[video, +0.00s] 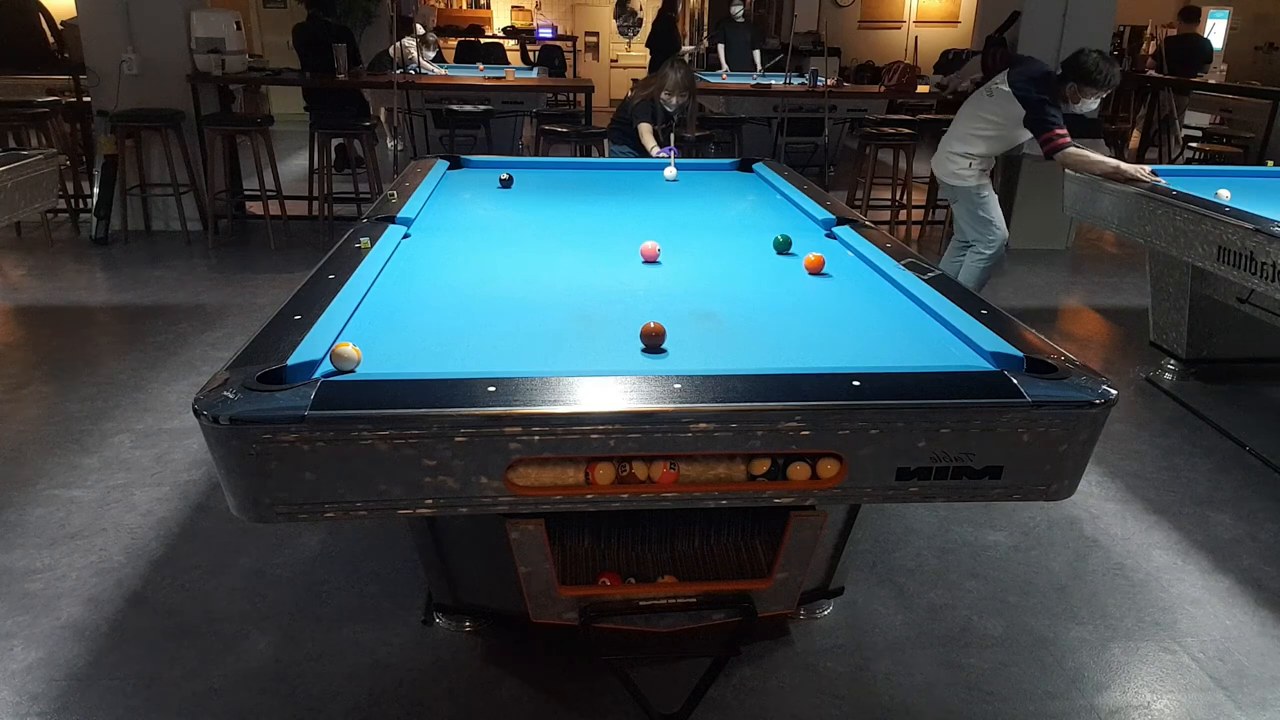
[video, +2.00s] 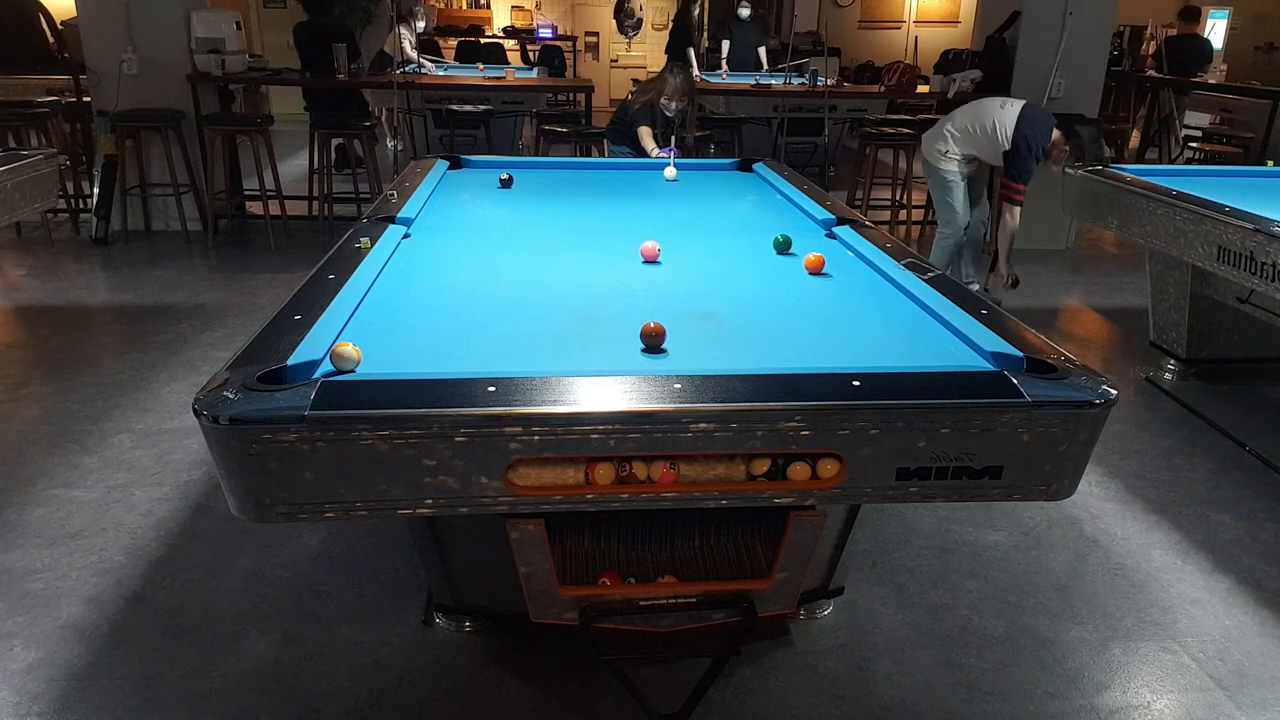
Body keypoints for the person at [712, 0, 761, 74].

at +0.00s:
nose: (735, 10)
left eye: (738, 7)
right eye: (733, 7)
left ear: (743, 8)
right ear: (730, 9)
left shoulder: (750, 26)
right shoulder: (724, 25)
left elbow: (755, 48)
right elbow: (720, 46)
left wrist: (758, 66)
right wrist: (723, 65)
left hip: (748, 71)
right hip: (730, 71)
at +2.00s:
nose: (743, 11)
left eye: (746, 9)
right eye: (741, 8)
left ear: (751, 11)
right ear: (737, 10)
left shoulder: (756, 26)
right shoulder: (730, 24)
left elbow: (761, 47)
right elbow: (725, 43)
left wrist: (765, 66)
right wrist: (723, 63)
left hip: (751, 67)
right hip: (734, 67)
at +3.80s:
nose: (746, 15)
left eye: (749, 12)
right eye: (744, 12)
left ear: (753, 12)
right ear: (739, 12)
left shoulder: (757, 26)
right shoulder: (732, 24)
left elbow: (761, 46)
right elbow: (726, 43)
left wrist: (765, 66)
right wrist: (724, 63)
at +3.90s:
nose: (748, 16)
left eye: (751, 13)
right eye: (745, 13)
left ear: (754, 13)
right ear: (739, 12)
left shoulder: (756, 25)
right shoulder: (732, 25)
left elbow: (761, 46)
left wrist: (765, 66)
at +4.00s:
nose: (749, 16)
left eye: (751, 13)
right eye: (746, 13)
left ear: (755, 13)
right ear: (741, 12)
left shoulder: (757, 25)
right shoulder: (732, 24)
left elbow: (761, 46)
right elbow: (725, 44)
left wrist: (765, 65)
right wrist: (724, 63)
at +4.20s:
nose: (750, 16)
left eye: (753, 14)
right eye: (747, 14)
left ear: (756, 14)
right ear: (741, 13)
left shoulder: (758, 26)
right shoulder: (732, 25)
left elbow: (761, 46)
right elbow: (726, 44)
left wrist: (765, 66)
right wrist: (730, 63)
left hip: (754, 69)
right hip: (736, 69)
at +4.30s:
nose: (750, 17)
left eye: (753, 14)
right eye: (747, 14)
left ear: (756, 14)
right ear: (742, 13)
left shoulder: (758, 26)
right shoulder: (733, 25)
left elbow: (762, 46)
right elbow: (727, 45)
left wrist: (765, 65)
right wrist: (738, 62)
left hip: (754, 69)